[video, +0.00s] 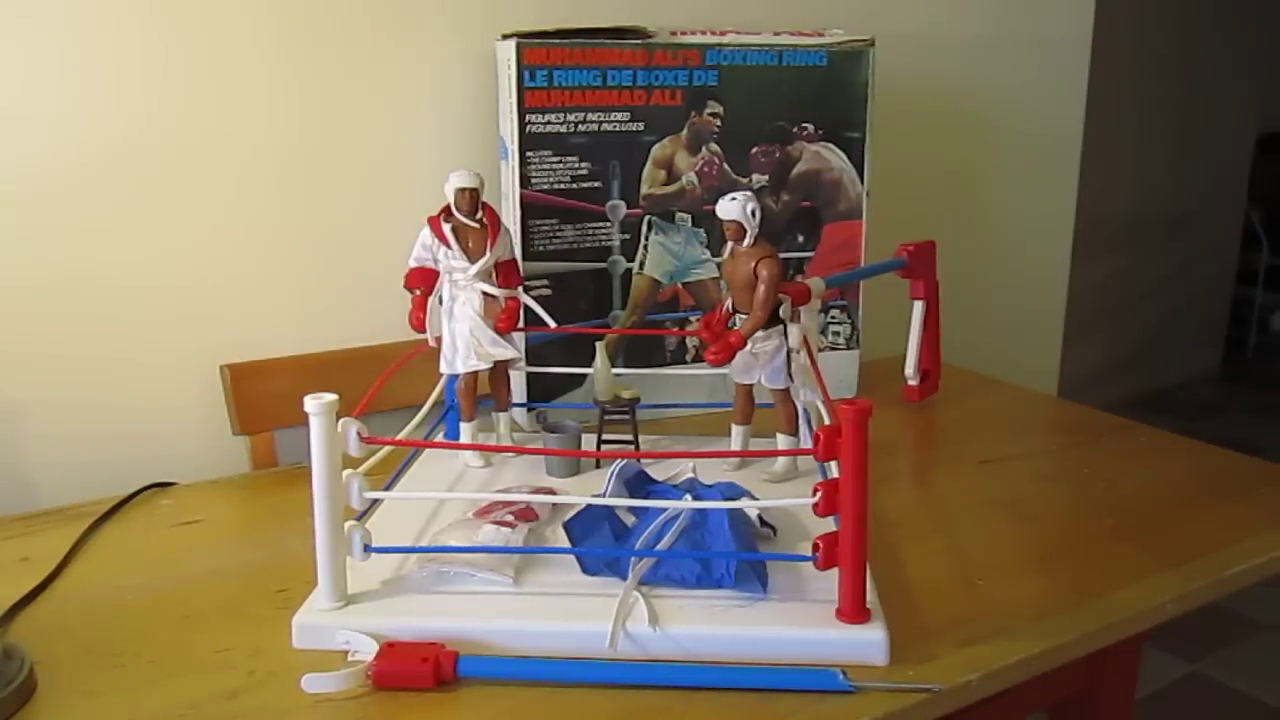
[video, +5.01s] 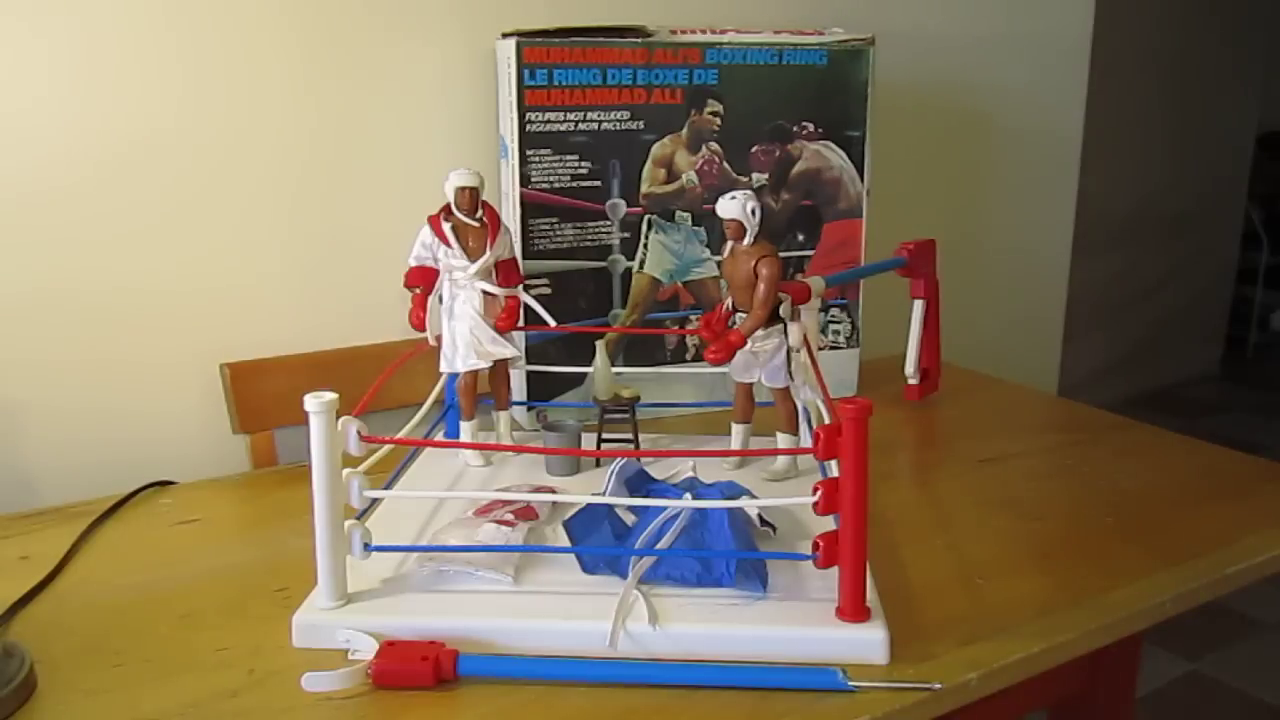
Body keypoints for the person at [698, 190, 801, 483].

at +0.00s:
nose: (725, 229)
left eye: (730, 224)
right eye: (723, 223)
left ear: (748, 224)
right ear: (724, 224)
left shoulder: (767, 262)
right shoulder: (731, 251)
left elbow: (761, 314)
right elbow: (734, 292)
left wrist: (736, 339)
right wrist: (720, 317)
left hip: (769, 334)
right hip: (743, 331)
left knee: (780, 392)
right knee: (742, 388)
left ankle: (787, 457)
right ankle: (738, 451)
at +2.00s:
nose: (726, 227)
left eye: (731, 222)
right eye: (724, 222)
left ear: (748, 222)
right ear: (723, 222)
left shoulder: (767, 262)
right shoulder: (730, 249)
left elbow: (761, 314)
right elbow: (734, 293)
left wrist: (735, 340)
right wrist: (720, 319)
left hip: (768, 333)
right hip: (743, 329)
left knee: (780, 391)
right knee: (742, 387)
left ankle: (787, 457)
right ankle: (737, 450)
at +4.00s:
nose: (725, 227)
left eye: (731, 221)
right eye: (723, 221)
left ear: (748, 222)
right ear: (723, 222)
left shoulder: (766, 260)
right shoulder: (730, 250)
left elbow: (761, 312)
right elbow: (736, 293)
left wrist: (736, 338)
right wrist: (721, 315)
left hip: (769, 333)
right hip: (744, 330)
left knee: (780, 390)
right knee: (742, 385)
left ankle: (787, 457)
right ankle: (737, 449)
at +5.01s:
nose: (725, 227)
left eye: (731, 222)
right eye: (724, 222)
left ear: (748, 222)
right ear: (724, 222)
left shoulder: (767, 260)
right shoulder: (730, 250)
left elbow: (761, 312)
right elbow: (736, 292)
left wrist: (735, 338)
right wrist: (721, 315)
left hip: (770, 332)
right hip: (743, 329)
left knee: (779, 390)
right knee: (742, 385)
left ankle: (787, 456)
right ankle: (738, 450)